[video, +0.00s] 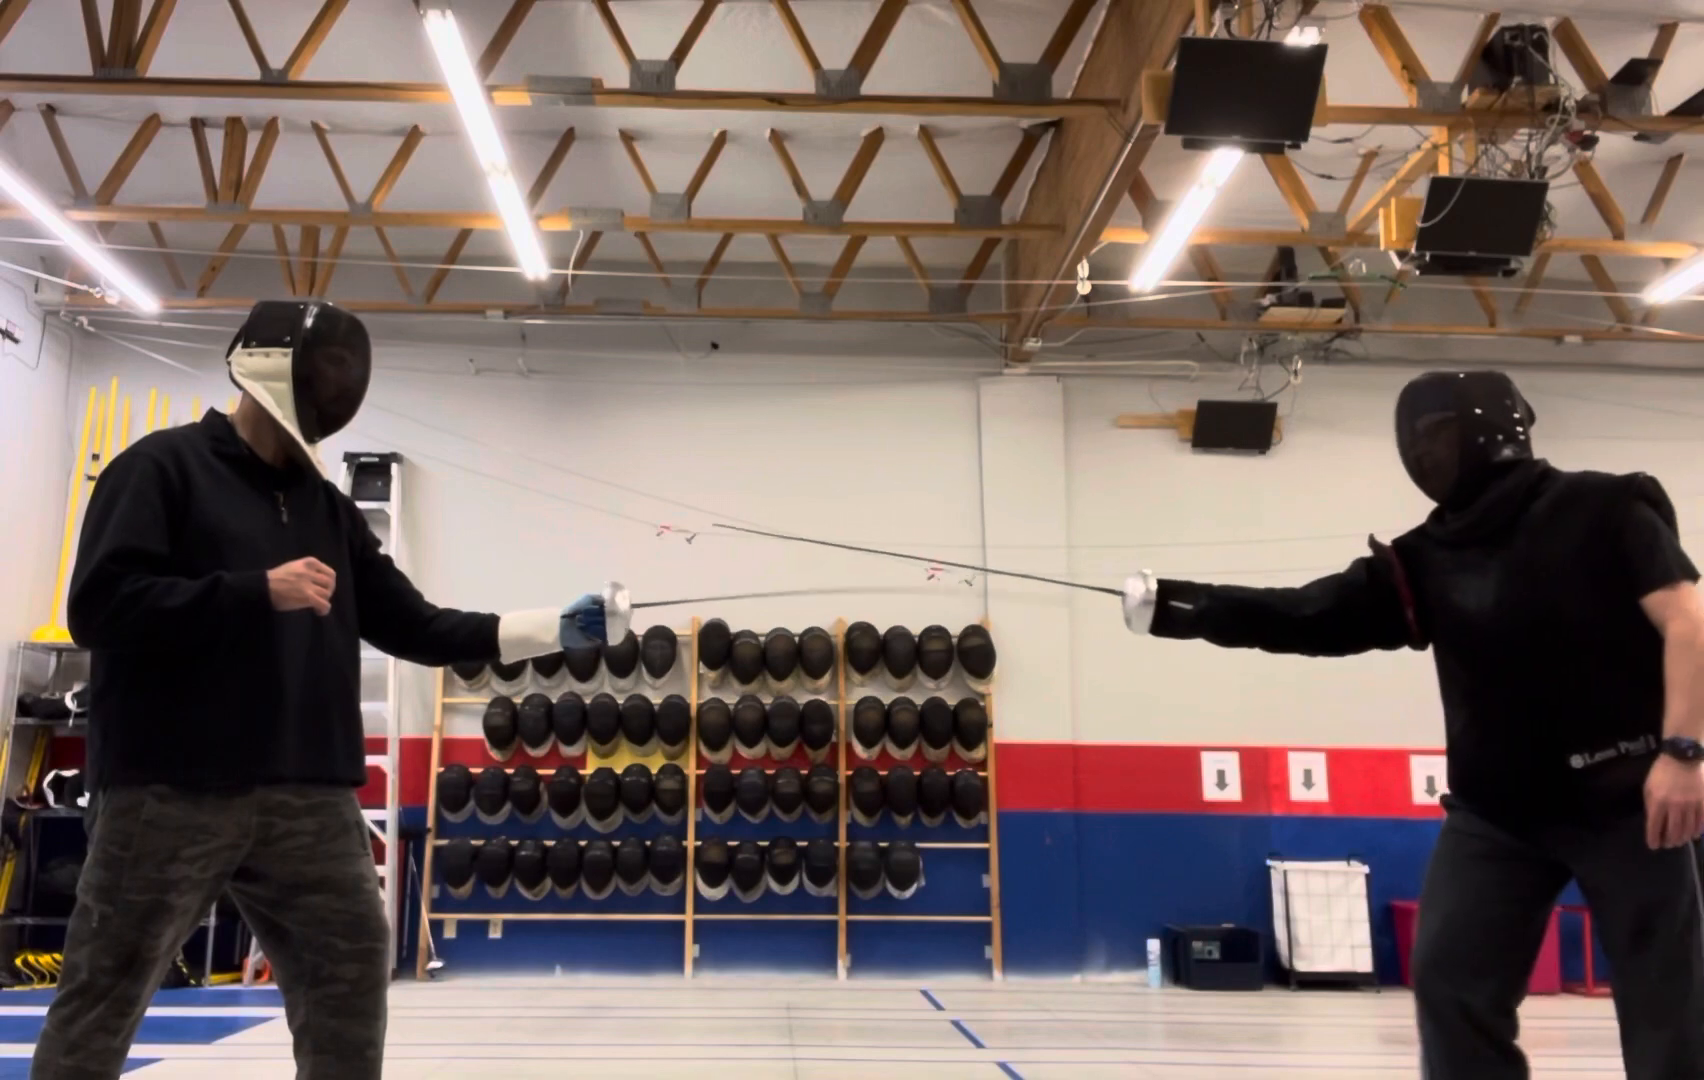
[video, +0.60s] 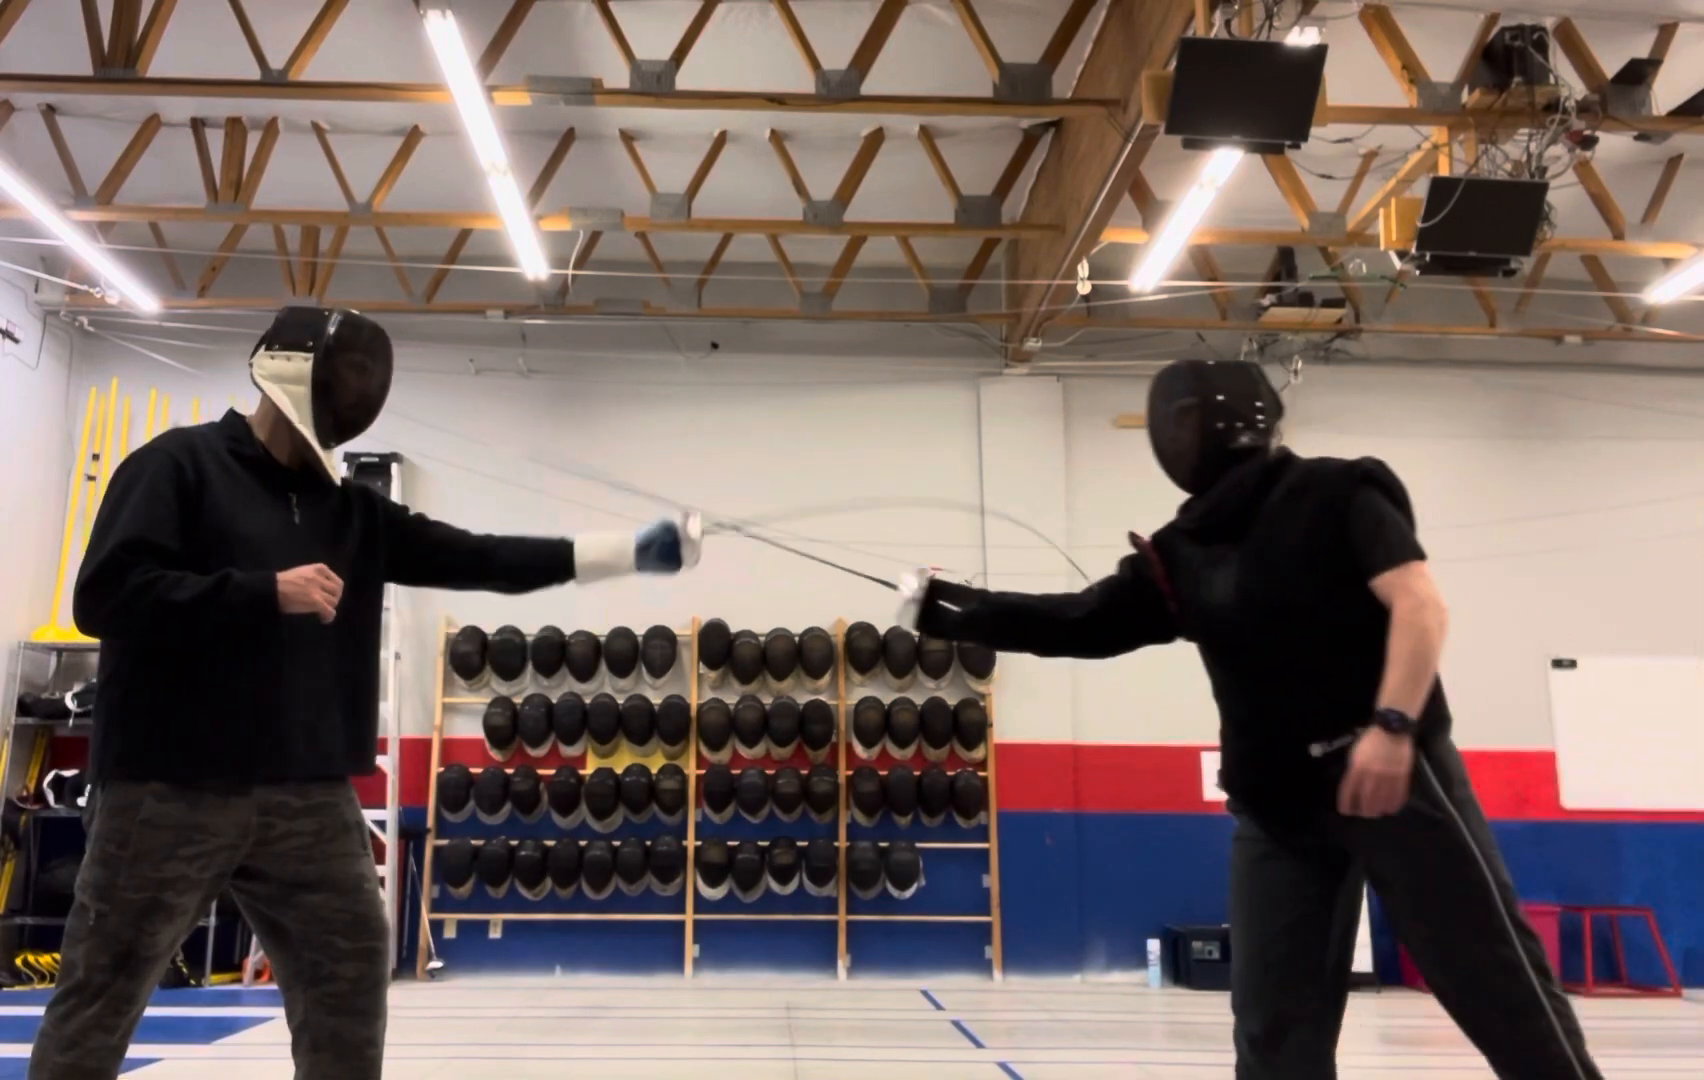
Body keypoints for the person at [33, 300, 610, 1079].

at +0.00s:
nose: (326, 398)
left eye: (337, 384)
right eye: (312, 375)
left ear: (337, 392)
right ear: (258, 366)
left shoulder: (325, 507)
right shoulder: (154, 469)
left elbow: (407, 623)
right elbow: (99, 606)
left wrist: (550, 630)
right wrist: (254, 589)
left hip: (305, 796)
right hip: (166, 793)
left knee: (348, 982)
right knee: (101, 1002)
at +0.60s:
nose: (349, 420)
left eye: (360, 404)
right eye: (337, 396)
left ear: (360, 404)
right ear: (281, 376)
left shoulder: (350, 513)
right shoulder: (172, 467)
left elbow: (478, 558)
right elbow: (104, 593)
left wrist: (627, 552)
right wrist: (264, 590)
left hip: (305, 797)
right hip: (164, 792)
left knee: (348, 990)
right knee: (98, 1003)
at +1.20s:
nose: (322, 435)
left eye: (338, 418)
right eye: (313, 411)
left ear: (346, 407)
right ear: (262, 381)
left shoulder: (337, 506)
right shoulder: (157, 476)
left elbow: (442, 580)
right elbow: (100, 609)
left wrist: (582, 600)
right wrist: (257, 592)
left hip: (305, 797)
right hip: (167, 795)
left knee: (351, 991)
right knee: (98, 1007)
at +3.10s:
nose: (345, 437)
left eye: (358, 421)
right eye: (335, 411)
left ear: (367, 414)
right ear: (288, 384)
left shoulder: (365, 512)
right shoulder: (179, 466)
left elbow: (493, 534)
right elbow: (106, 593)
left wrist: (643, 506)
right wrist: (265, 586)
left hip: (311, 797)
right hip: (163, 793)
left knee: (352, 1003)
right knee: (93, 1007)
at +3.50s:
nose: (340, 418)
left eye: (351, 401)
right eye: (329, 394)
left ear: (352, 398)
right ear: (273, 374)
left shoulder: (343, 508)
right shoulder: (162, 471)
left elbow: (469, 548)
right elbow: (104, 602)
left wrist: (622, 536)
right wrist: (263, 585)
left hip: (309, 798)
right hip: (167, 795)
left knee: (351, 1000)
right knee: (97, 1008)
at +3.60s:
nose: (319, 429)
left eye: (331, 412)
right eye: (310, 405)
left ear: (336, 401)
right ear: (261, 378)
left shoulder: (331, 504)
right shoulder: (155, 472)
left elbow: (437, 587)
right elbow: (105, 608)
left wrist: (577, 602)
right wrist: (260, 582)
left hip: (305, 796)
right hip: (167, 792)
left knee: (351, 992)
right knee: (100, 1004)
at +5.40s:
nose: (353, 417)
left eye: (363, 401)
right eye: (340, 392)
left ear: (366, 403)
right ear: (286, 374)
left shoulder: (362, 514)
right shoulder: (178, 467)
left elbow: (490, 557)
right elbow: (106, 592)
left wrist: (640, 556)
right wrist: (266, 591)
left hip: (311, 799)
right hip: (167, 793)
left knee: (352, 998)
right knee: (98, 1006)